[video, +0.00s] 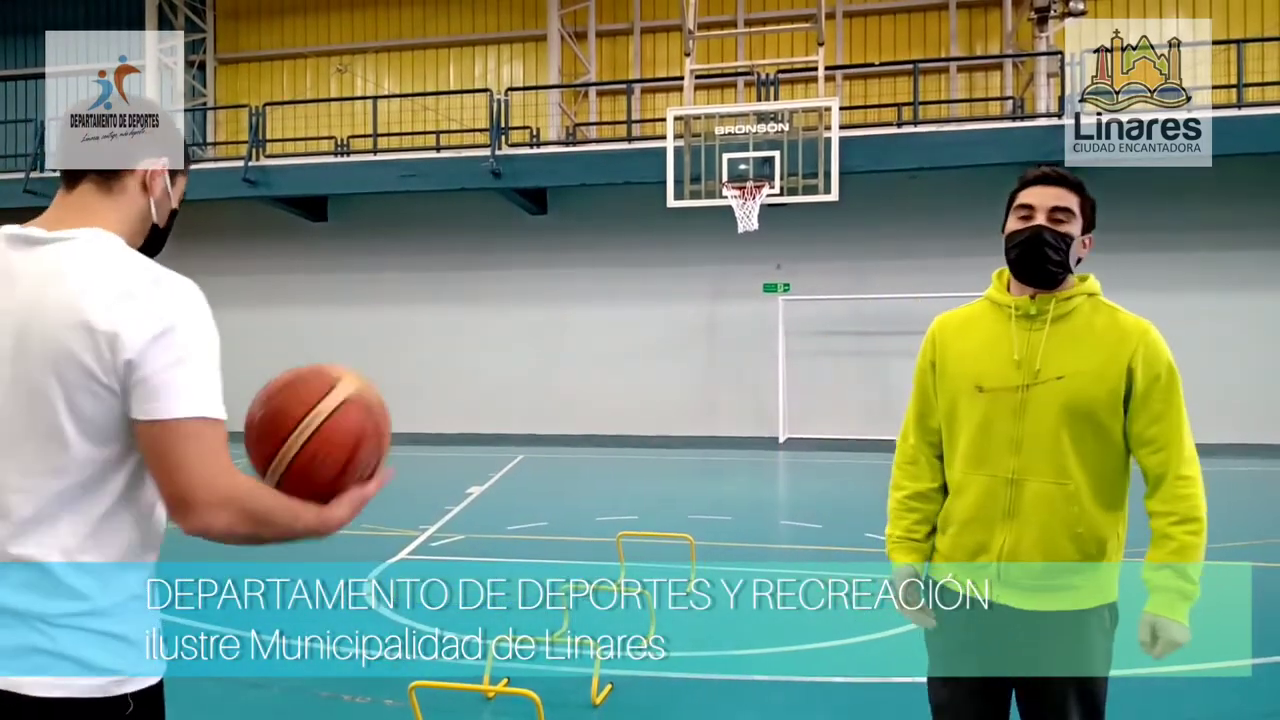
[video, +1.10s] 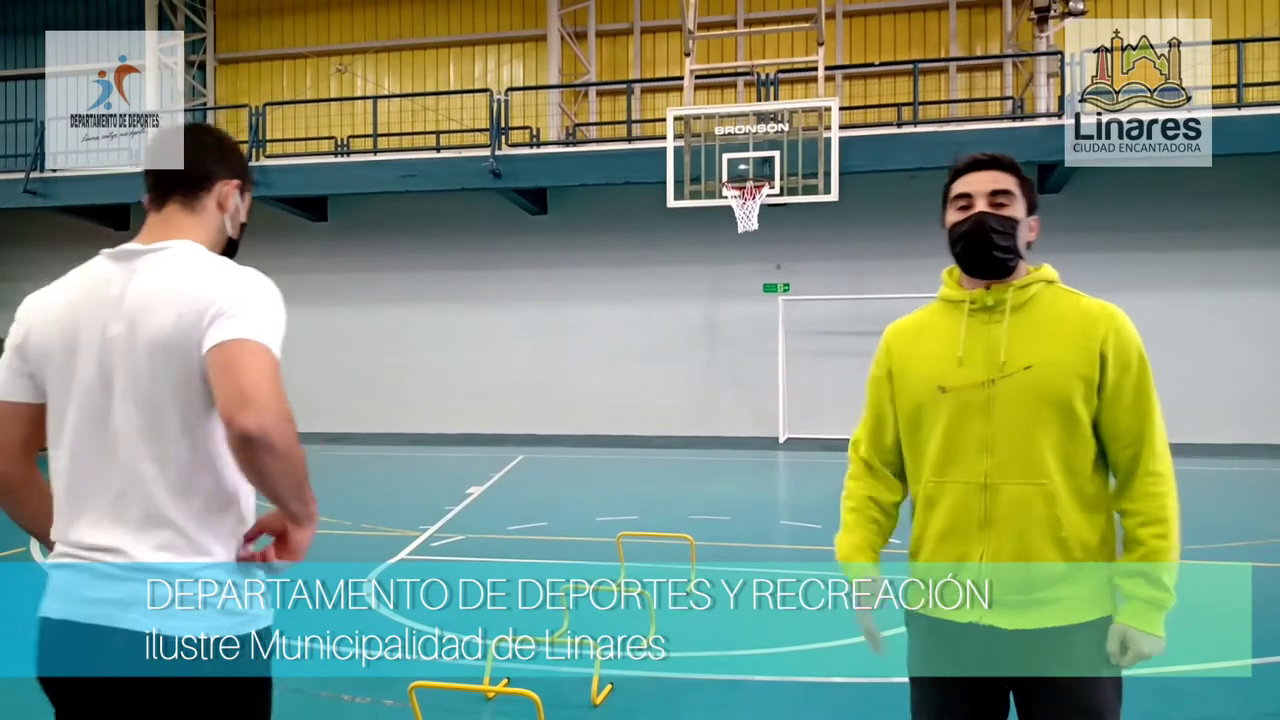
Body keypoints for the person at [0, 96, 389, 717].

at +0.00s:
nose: (175, 202)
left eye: (178, 184)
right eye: (177, 182)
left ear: (66, 168)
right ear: (152, 176)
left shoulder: (7, 252)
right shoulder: (152, 298)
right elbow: (204, 501)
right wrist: (322, 517)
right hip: (82, 669)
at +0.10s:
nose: (176, 204)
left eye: (181, 187)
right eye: (180, 185)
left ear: (72, 170)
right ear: (156, 177)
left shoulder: (6, 256)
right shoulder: (163, 301)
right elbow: (214, 506)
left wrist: (218, 454)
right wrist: (286, 548)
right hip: (88, 665)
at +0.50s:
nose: (170, 212)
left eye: (172, 195)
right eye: (172, 193)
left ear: (70, 188)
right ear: (147, 189)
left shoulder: (10, 280)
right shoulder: (153, 297)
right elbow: (159, 486)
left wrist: (189, 507)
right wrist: (226, 559)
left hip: (10, 628)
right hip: (112, 633)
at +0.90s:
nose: (205, 220)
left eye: (207, 205)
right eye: (207, 202)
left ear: (113, 192)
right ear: (187, 189)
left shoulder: (24, 300)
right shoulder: (192, 285)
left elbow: (9, 464)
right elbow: (229, 448)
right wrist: (265, 503)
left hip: (33, 625)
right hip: (163, 626)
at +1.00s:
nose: (222, 219)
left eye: (225, 205)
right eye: (224, 202)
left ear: (131, 194)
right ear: (208, 193)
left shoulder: (27, 308)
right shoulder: (214, 287)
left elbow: (12, 473)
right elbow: (239, 432)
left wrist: (78, 530)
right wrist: (278, 510)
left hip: (60, 625)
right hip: (188, 623)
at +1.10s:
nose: (240, 221)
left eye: (245, 206)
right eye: (244, 203)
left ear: (150, 195)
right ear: (228, 194)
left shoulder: (43, 306)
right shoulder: (233, 287)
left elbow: (8, 468)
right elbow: (252, 422)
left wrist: (73, 542)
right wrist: (299, 512)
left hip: (75, 628)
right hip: (203, 627)